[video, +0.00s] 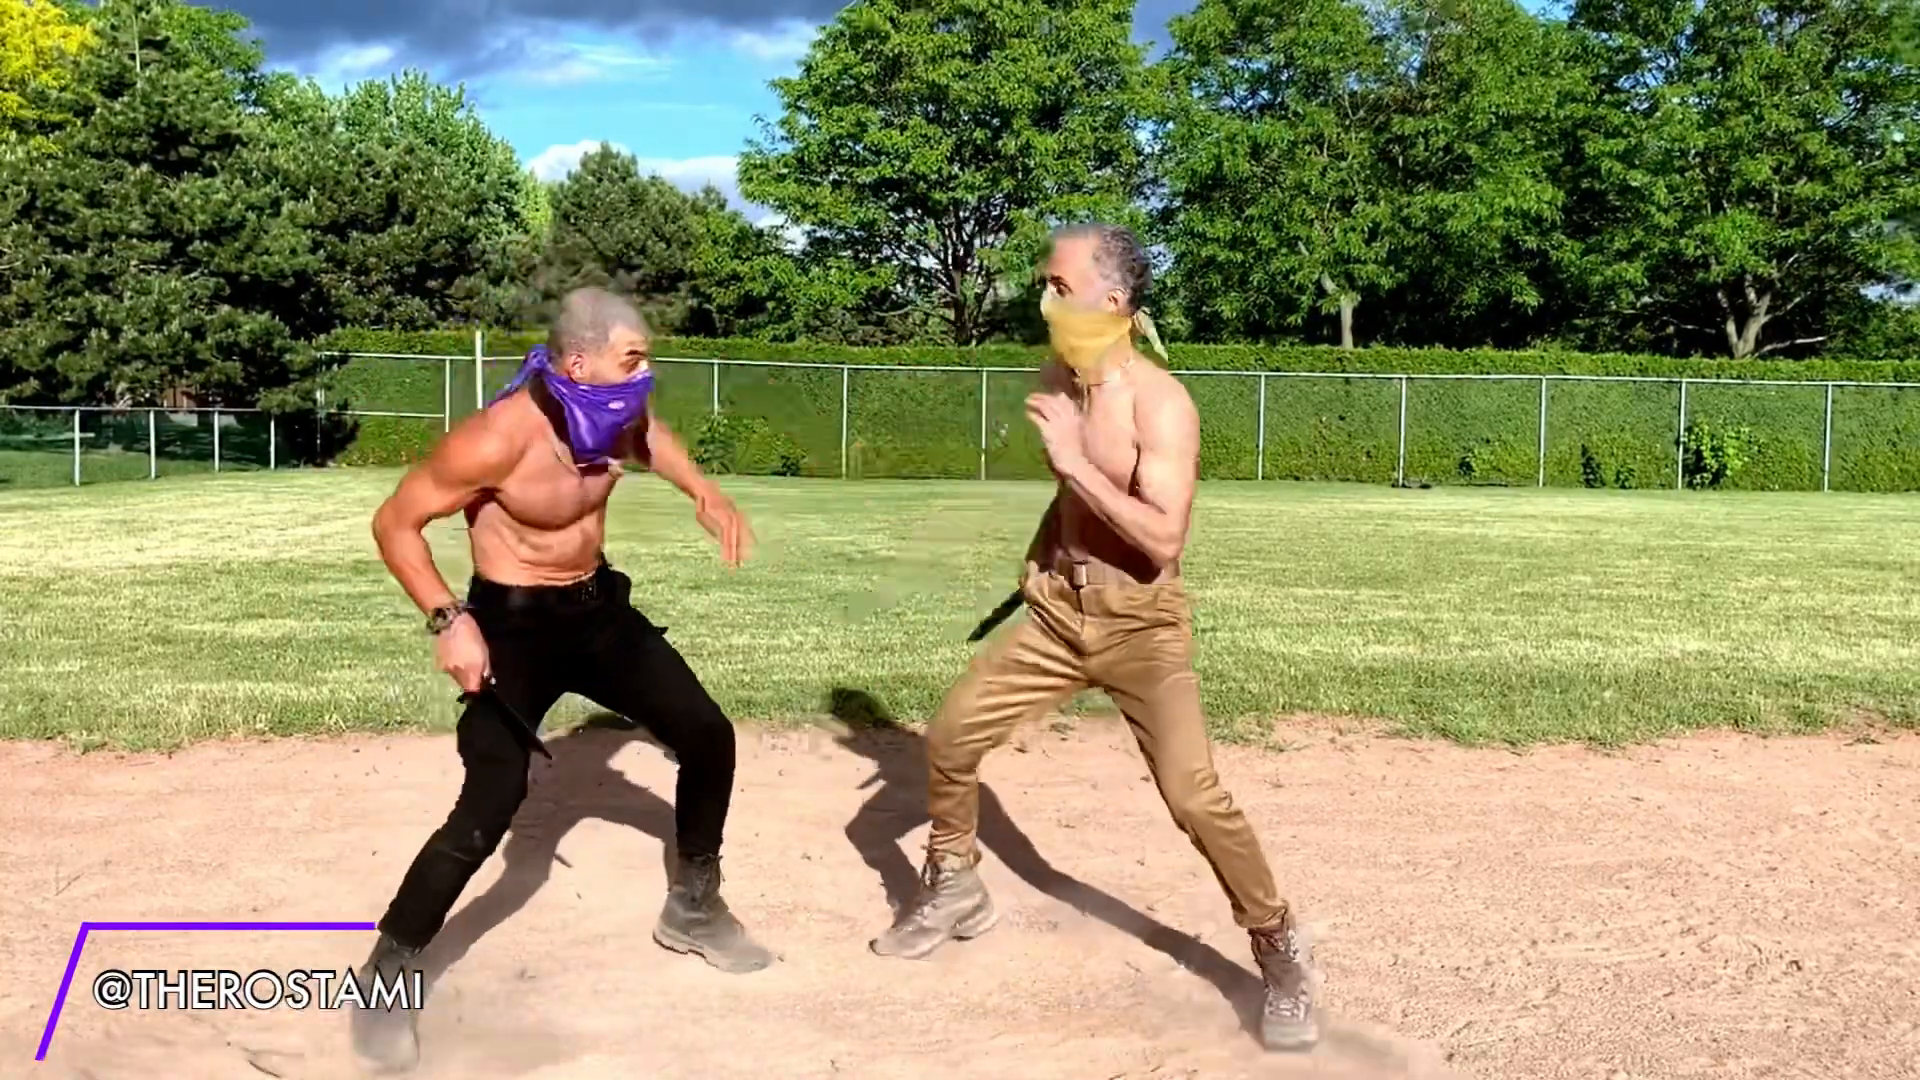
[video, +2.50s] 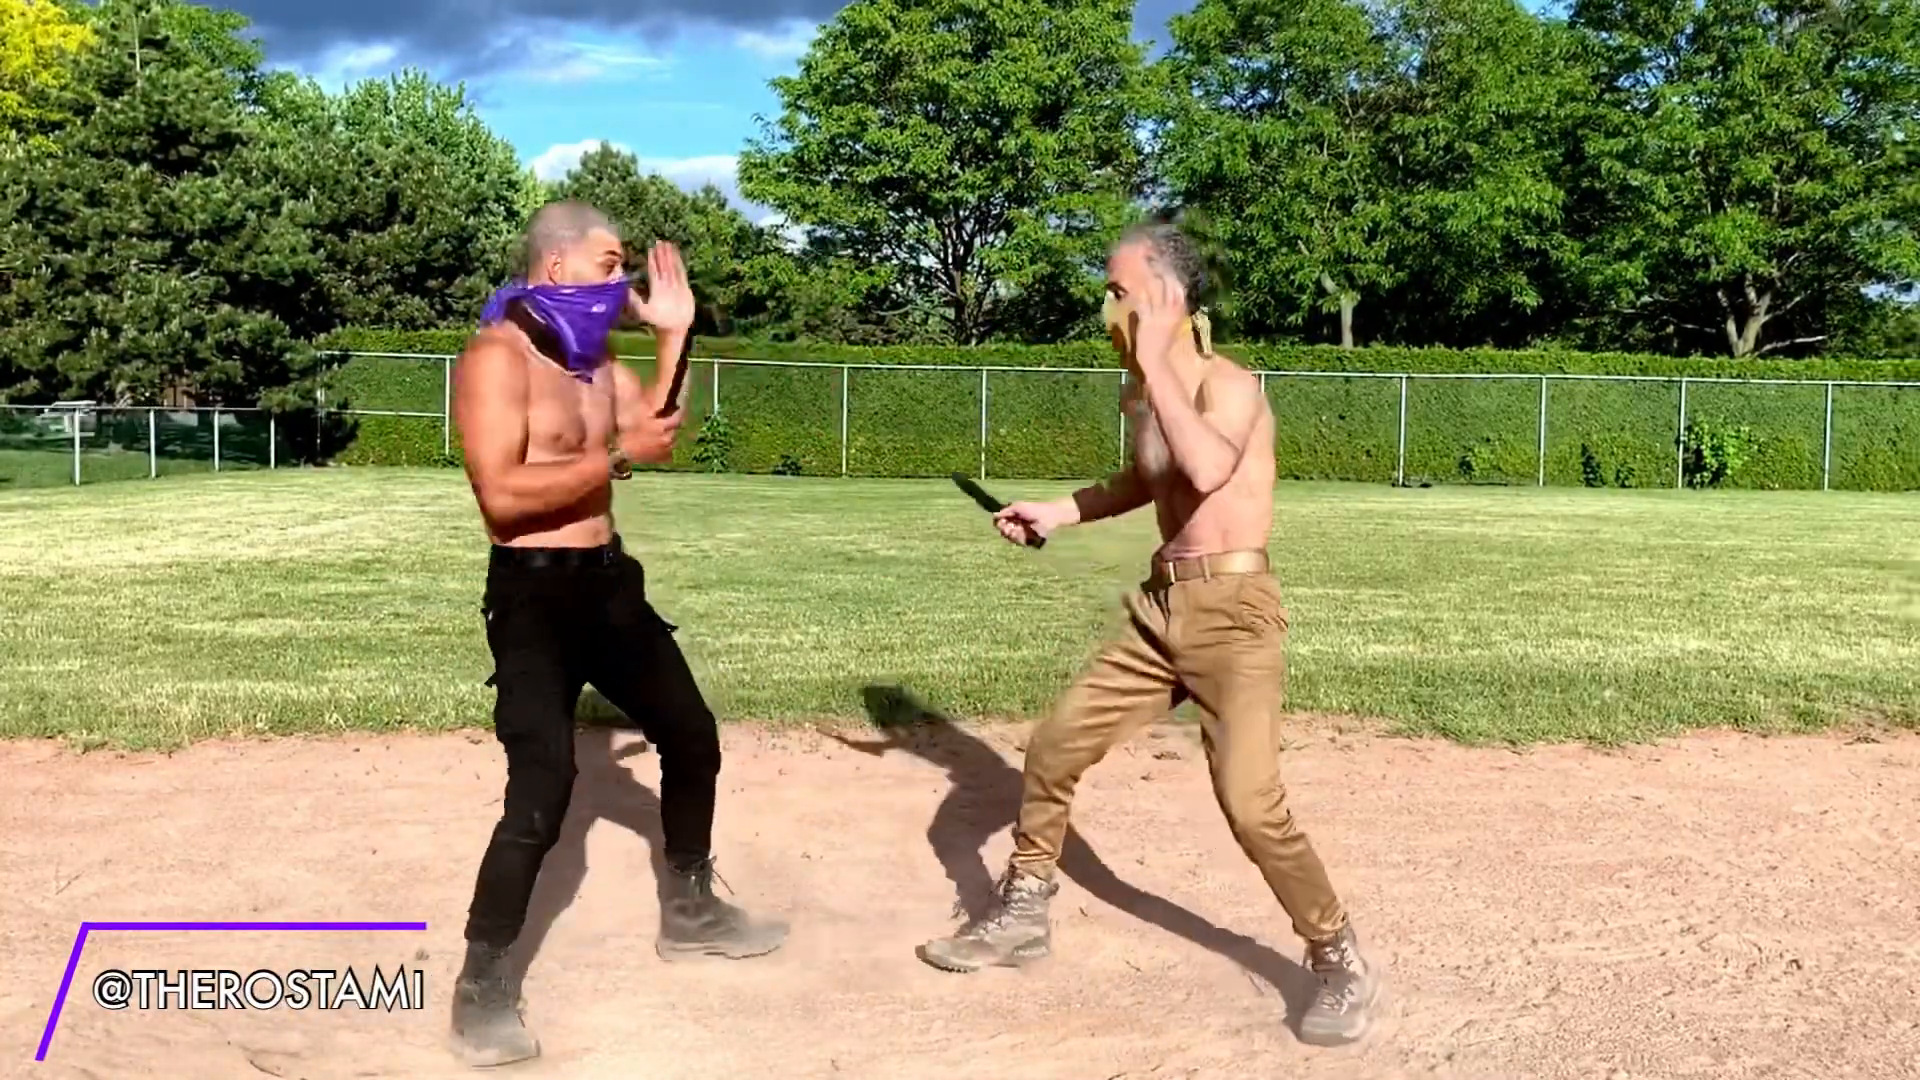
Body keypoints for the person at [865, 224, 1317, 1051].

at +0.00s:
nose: (1045, 302)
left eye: (1059, 288)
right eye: (1045, 287)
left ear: (1112, 297)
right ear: (1084, 294)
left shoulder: (1164, 403)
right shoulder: (1067, 389)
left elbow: (1165, 537)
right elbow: (1073, 495)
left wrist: (1073, 467)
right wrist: (1040, 563)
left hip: (1144, 626)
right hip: (1057, 611)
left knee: (1192, 796)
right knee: (951, 738)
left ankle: (1280, 952)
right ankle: (955, 885)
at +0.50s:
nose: (1027, 320)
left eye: (1038, 306)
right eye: (1027, 306)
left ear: (1090, 310)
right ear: (1070, 312)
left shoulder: (1150, 398)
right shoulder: (1050, 400)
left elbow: (1221, 523)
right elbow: (993, 443)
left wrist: (1122, 563)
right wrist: (910, 477)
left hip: (1189, 618)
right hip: (1109, 621)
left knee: (1229, 799)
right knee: (1005, 750)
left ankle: (1329, 968)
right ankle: (1006, 918)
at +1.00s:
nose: (1054, 276)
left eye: (1070, 267)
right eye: (1058, 263)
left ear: (1116, 290)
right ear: (1083, 284)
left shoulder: (1147, 386)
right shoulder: (1034, 350)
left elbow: (1173, 517)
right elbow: (942, 356)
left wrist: (1058, 510)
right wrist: (852, 390)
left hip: (1129, 600)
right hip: (1049, 595)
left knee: (1188, 764)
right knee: (958, 747)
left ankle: (1298, 936)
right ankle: (978, 905)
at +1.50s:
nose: (1060, 325)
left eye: (1071, 308)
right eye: (1057, 310)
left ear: (1125, 307)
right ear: (1090, 313)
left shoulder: (1197, 385)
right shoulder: (1110, 403)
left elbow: (1185, 511)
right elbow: (1129, 512)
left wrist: (1093, 436)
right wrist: (1082, 574)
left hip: (1214, 612)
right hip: (1132, 607)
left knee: (1258, 797)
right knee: (1033, 755)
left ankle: (1330, 951)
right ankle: (1017, 911)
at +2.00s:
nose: (1045, 322)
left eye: (1058, 308)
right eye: (1044, 309)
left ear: (1111, 309)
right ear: (1078, 316)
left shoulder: (1153, 389)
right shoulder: (1099, 410)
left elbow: (1094, 432)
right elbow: (1088, 506)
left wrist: (1025, 366)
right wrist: (1020, 557)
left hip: (1191, 630)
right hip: (1119, 628)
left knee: (1245, 815)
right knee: (1009, 756)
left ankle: (1344, 948)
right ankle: (984, 913)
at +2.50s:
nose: (1112, 309)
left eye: (1122, 293)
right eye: (1111, 296)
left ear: (1170, 293)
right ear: (1144, 297)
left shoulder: (1232, 382)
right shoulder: (1141, 392)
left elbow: (1209, 470)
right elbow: (1142, 483)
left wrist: (1153, 362)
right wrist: (1062, 511)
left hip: (1236, 613)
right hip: (1162, 609)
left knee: (1249, 802)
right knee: (1052, 750)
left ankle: (1339, 962)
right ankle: (1025, 912)